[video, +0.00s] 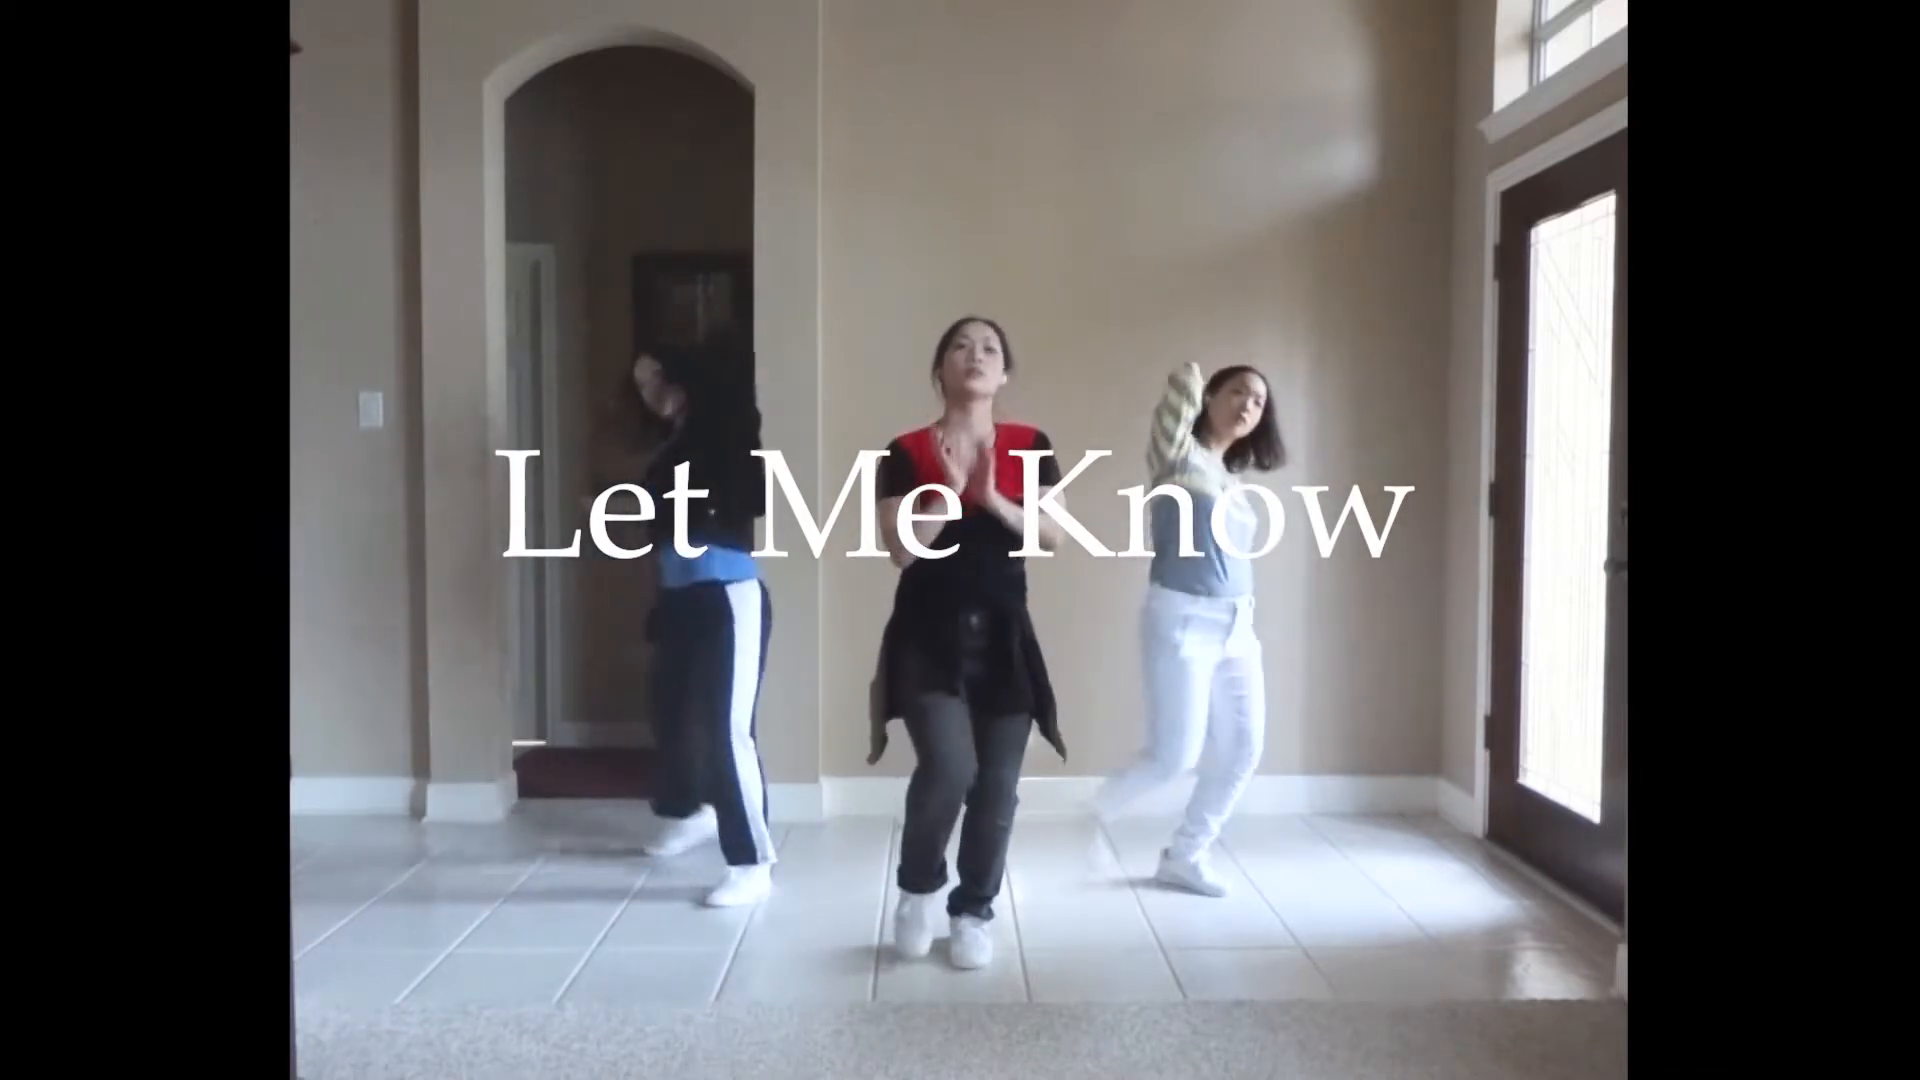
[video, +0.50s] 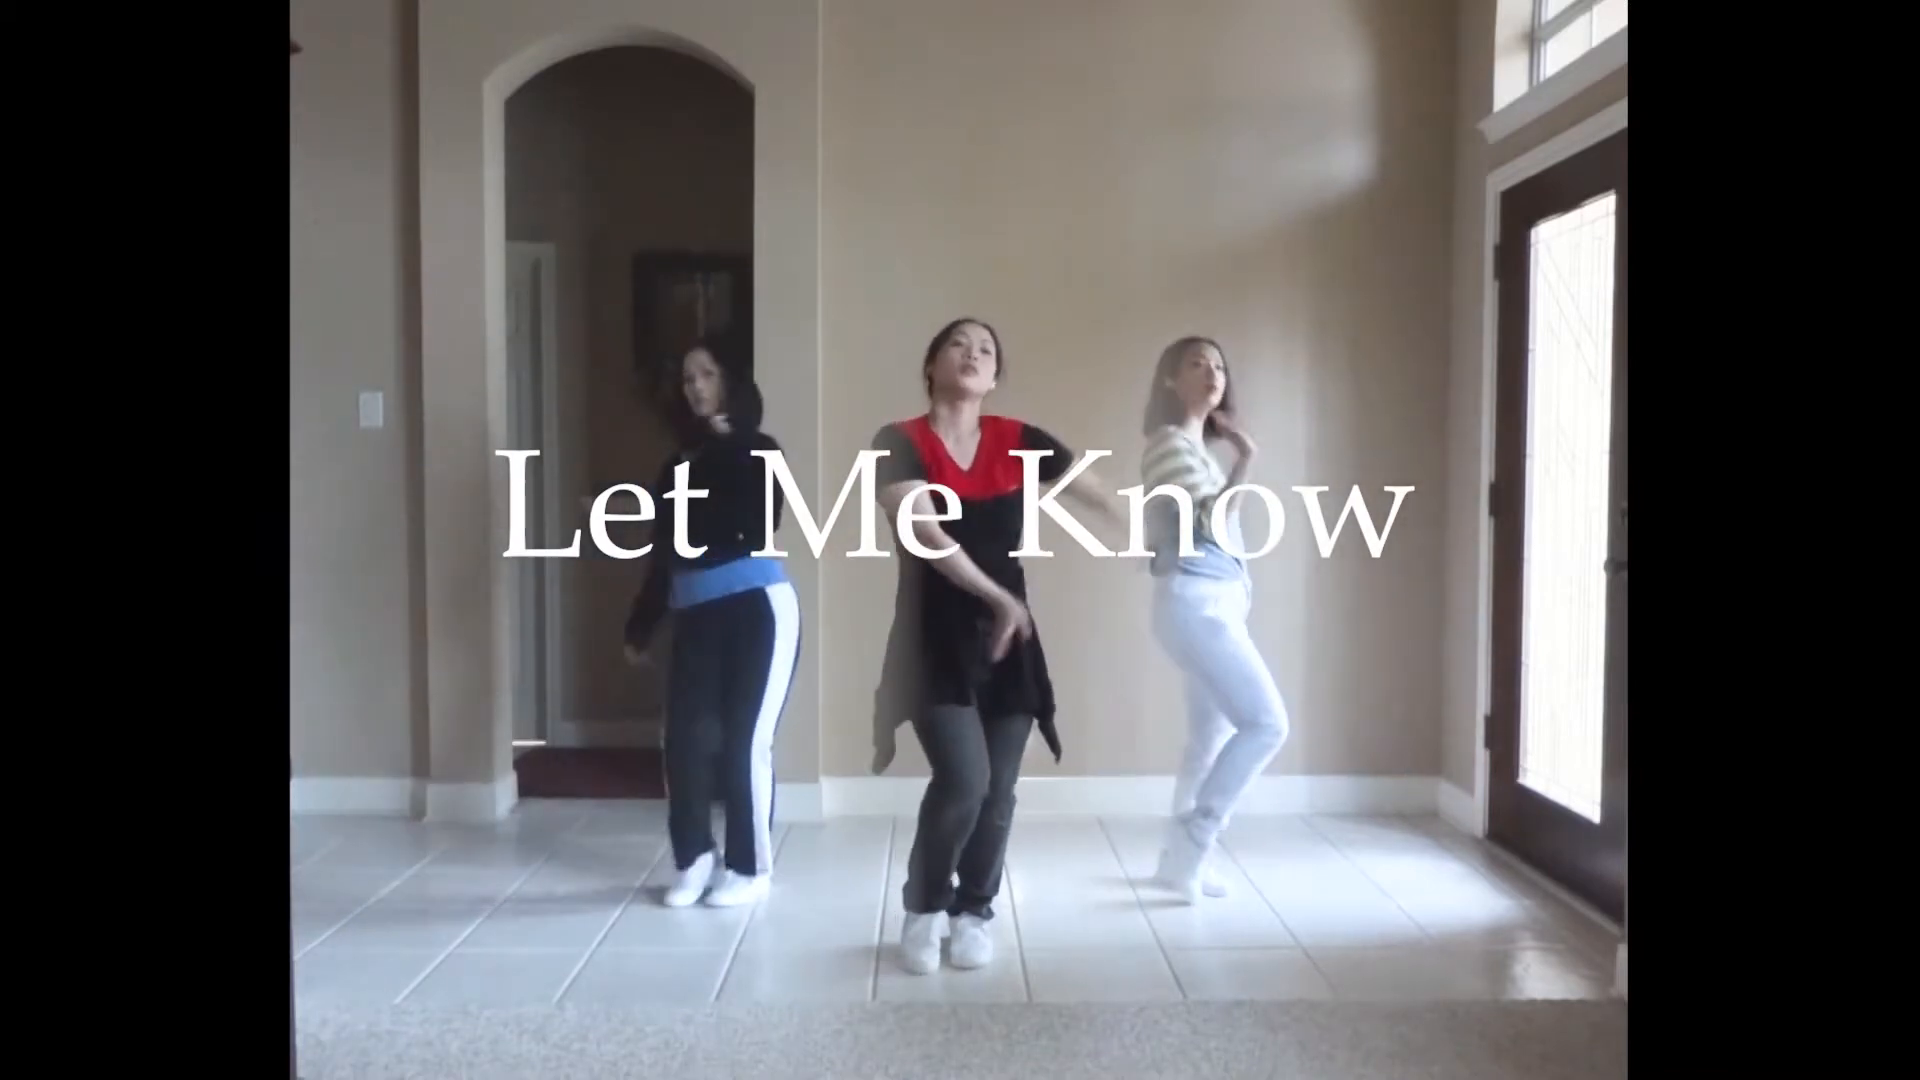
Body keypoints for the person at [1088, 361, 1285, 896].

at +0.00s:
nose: (1249, 403)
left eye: (1259, 400)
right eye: (1240, 392)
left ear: (1260, 421)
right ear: (1209, 398)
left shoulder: (1236, 478)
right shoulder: (1176, 459)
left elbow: (1229, 557)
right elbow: (1172, 423)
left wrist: (1241, 617)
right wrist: (1188, 381)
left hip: (1235, 624)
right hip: (1180, 619)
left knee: (1240, 750)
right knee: (1173, 756)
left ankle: (1184, 858)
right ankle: (1096, 812)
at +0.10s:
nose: (1240, 399)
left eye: (1249, 395)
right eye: (1230, 388)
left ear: (1251, 417)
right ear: (1202, 398)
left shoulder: (1227, 478)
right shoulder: (1168, 459)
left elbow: (1231, 559)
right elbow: (1186, 433)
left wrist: (1243, 615)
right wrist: (1181, 407)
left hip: (1233, 624)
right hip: (1182, 617)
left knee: (1243, 750)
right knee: (1206, 751)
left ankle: (1185, 857)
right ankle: (1115, 824)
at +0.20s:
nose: (1231, 393)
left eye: (1241, 390)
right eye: (1220, 382)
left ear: (1243, 412)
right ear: (1189, 395)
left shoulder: (1223, 477)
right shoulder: (1163, 455)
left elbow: (1230, 558)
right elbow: (1201, 462)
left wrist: (1242, 613)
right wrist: (1197, 421)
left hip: (1231, 621)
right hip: (1185, 616)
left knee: (1243, 747)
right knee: (1230, 746)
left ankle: (1186, 856)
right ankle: (1142, 832)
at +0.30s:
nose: (1227, 388)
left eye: (1234, 384)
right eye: (1215, 377)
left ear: (1237, 406)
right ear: (1181, 392)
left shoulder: (1210, 460)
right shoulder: (1165, 452)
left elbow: (1220, 541)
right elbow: (1212, 493)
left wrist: (1237, 600)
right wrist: (1211, 428)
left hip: (1227, 612)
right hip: (1188, 611)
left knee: (1243, 738)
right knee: (1251, 738)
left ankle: (1191, 850)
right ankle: (1166, 832)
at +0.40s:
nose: (1218, 383)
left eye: (1225, 377)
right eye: (1205, 373)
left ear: (1230, 394)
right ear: (1177, 386)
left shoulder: (1206, 450)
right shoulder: (1169, 446)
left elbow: (1213, 531)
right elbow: (1208, 515)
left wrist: (1236, 591)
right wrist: (1228, 450)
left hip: (1225, 604)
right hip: (1191, 606)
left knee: (1223, 738)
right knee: (1262, 730)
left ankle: (1193, 849)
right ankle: (1180, 835)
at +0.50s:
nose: (1211, 373)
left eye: (1218, 367)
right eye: (1197, 364)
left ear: (1224, 387)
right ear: (1170, 379)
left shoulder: (1205, 447)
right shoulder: (1170, 444)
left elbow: (1207, 526)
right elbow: (1205, 518)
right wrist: (1243, 462)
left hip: (1222, 599)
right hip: (1192, 602)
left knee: (1204, 737)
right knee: (1267, 725)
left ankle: (1184, 857)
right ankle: (1189, 846)